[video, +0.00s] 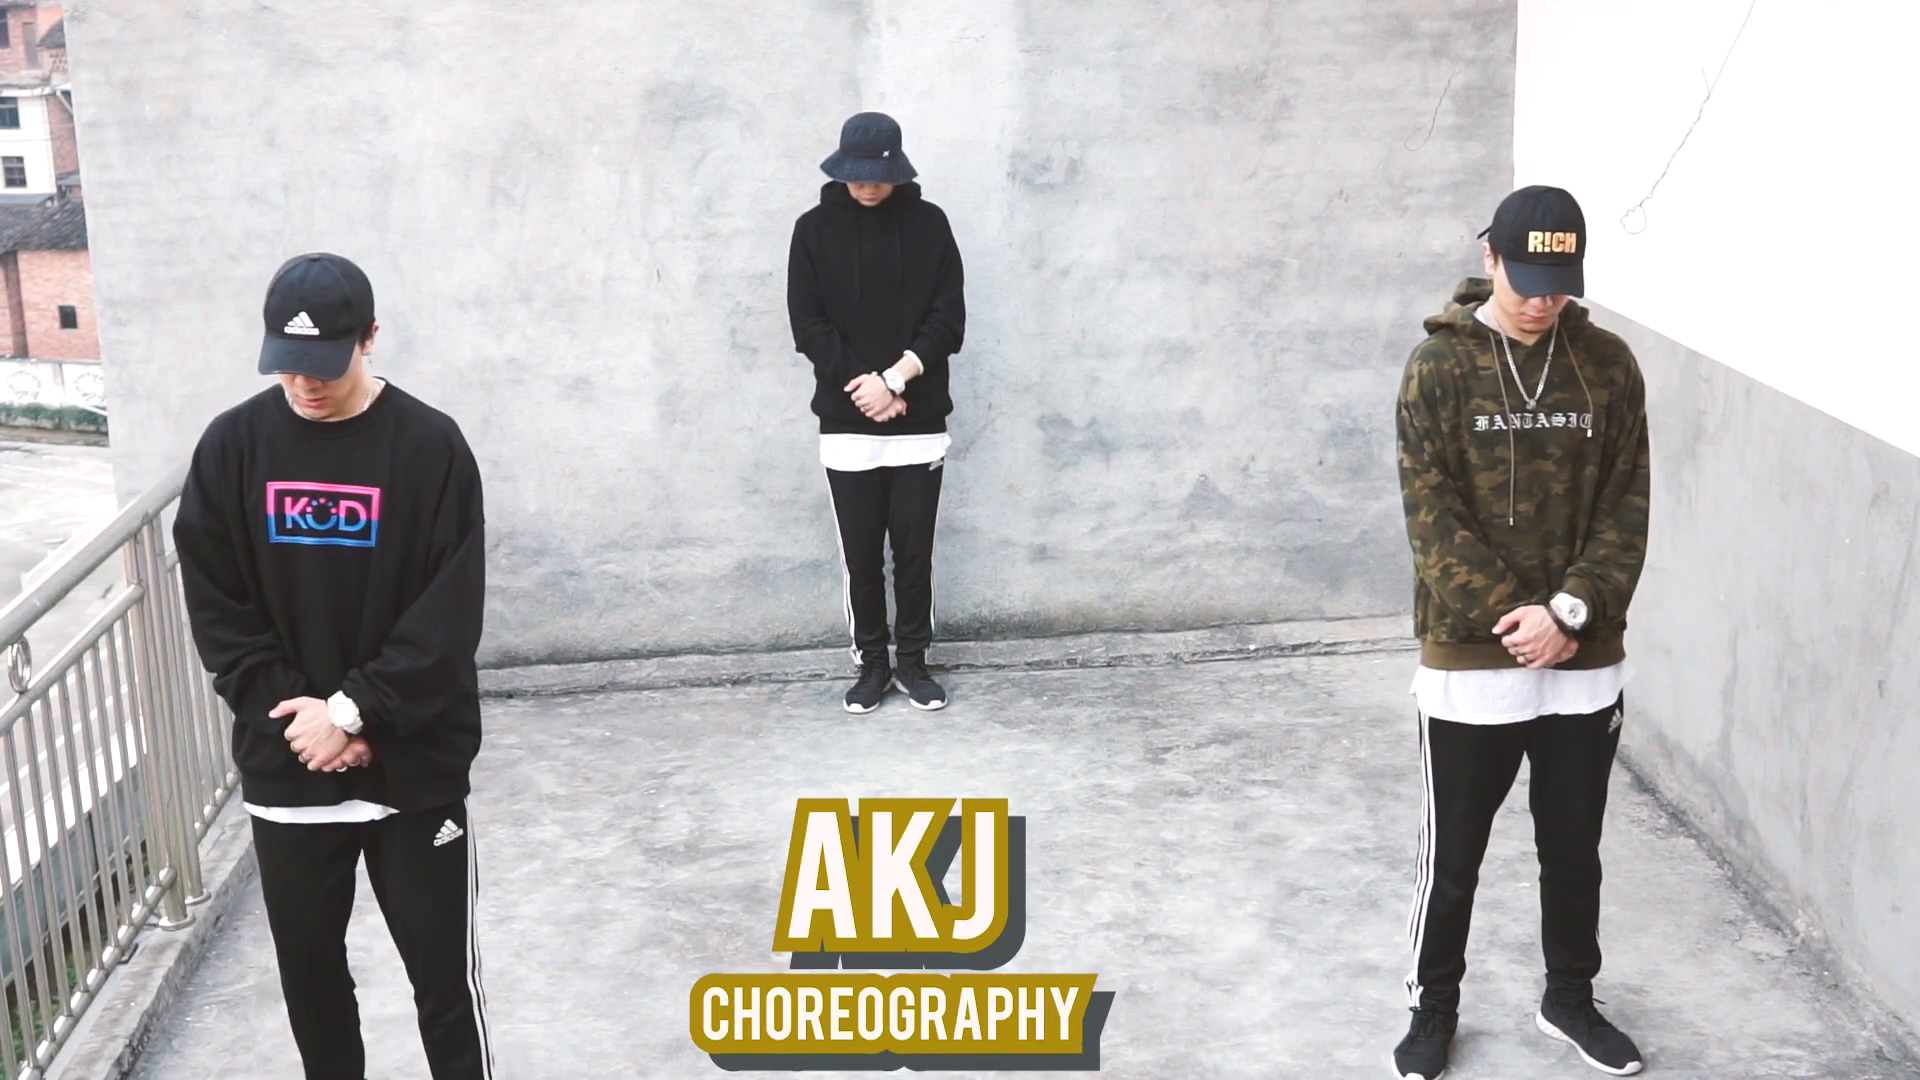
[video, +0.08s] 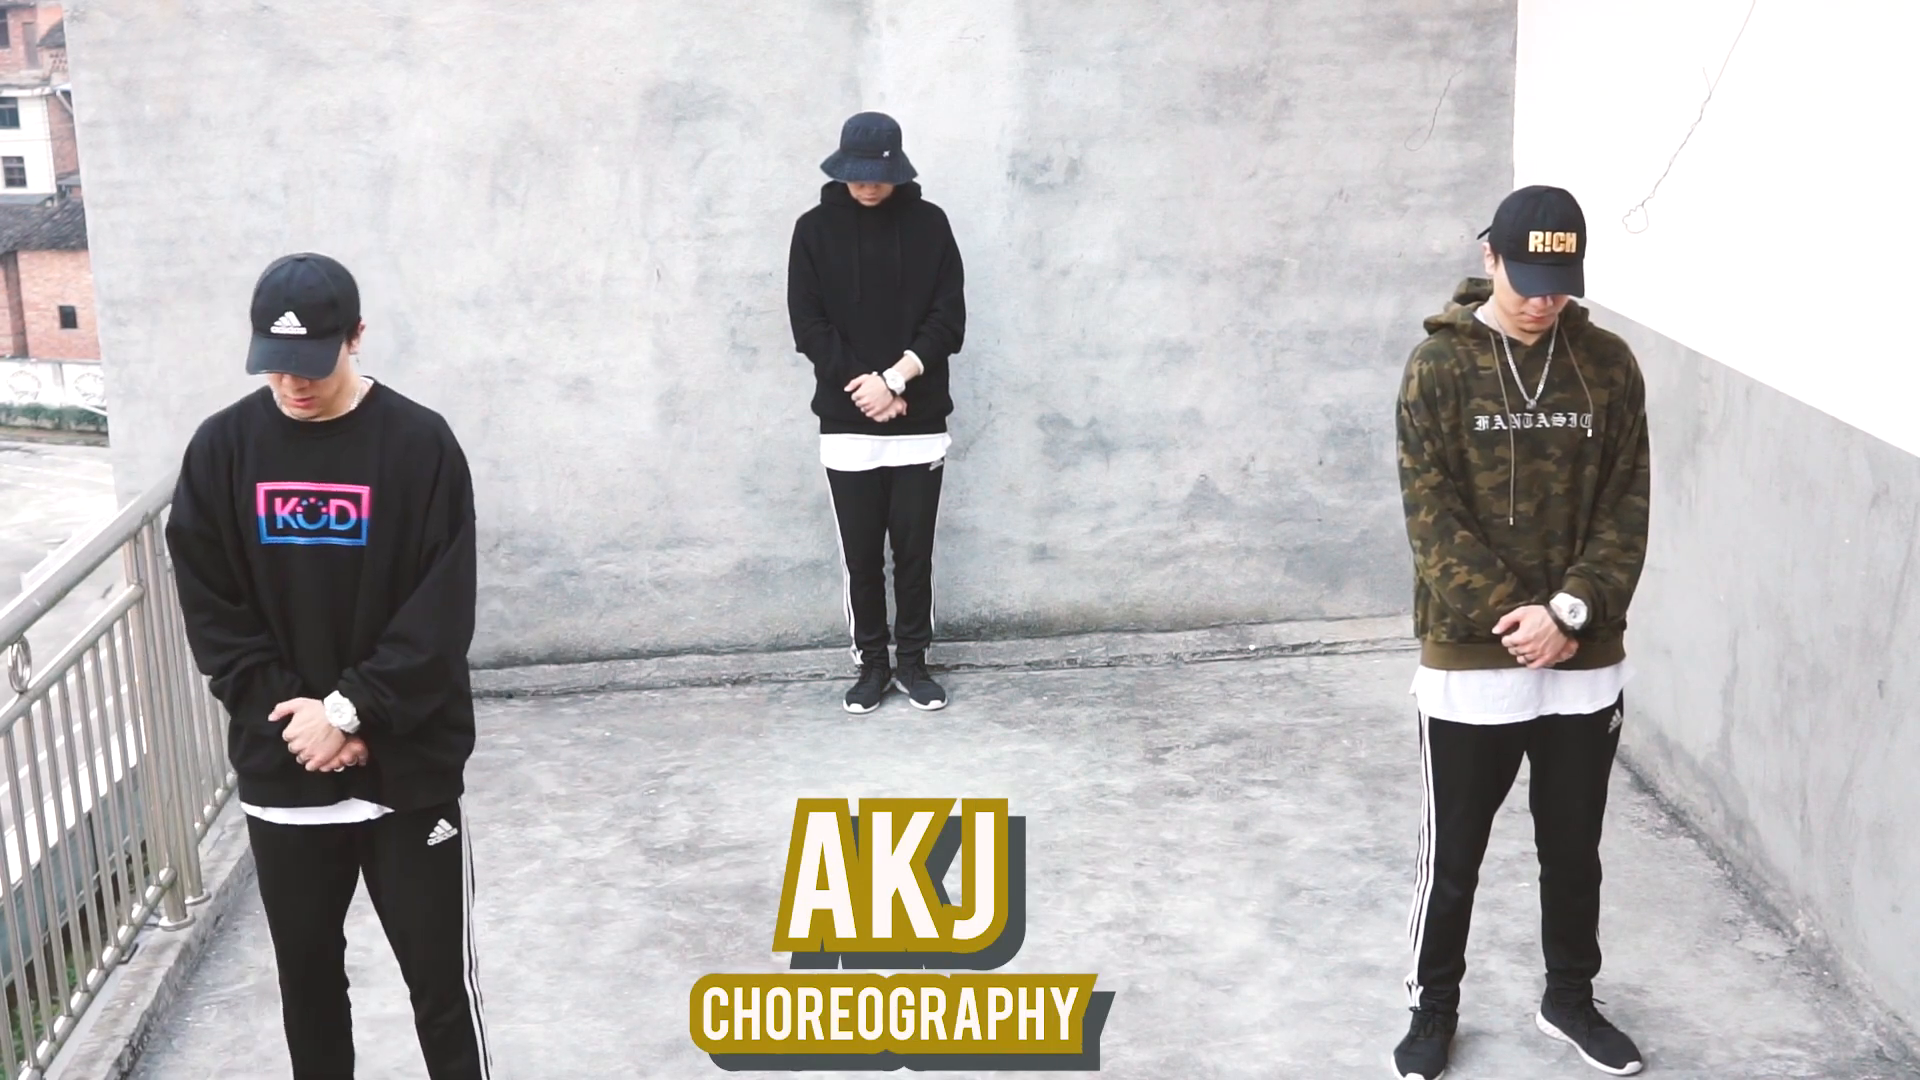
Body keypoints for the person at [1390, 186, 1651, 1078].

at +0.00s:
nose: (1547, 300)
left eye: (1562, 284)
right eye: (1531, 281)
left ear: (1582, 271)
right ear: (1491, 259)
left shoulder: (1610, 364)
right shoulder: (1440, 363)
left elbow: (1628, 508)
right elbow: (1431, 514)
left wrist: (1574, 613)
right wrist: (1519, 621)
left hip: (1583, 661)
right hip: (1469, 663)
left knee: (1574, 850)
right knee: (1452, 853)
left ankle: (1571, 998)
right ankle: (1433, 1006)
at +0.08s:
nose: (1547, 300)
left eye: (1563, 284)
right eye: (1531, 282)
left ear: (1582, 271)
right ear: (1492, 259)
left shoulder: (1610, 364)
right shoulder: (1441, 362)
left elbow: (1628, 509)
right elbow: (1431, 514)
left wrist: (1574, 613)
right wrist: (1519, 621)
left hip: (1583, 661)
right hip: (1469, 663)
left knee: (1574, 850)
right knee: (1453, 853)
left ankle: (1571, 998)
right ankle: (1433, 1006)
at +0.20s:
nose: (1548, 300)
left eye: (1564, 283)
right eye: (1532, 281)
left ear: (1583, 271)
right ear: (1493, 259)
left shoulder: (1611, 364)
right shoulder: (1441, 363)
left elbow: (1629, 509)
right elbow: (1432, 515)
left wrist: (1576, 613)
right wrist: (1520, 620)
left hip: (1583, 660)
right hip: (1470, 662)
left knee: (1574, 850)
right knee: (1453, 855)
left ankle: (1571, 998)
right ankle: (1432, 1007)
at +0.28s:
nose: (1548, 300)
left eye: (1564, 284)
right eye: (1532, 282)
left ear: (1583, 271)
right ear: (1493, 259)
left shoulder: (1611, 365)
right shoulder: (1441, 362)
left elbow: (1629, 509)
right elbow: (1432, 514)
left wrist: (1576, 614)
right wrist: (1520, 621)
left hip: (1584, 661)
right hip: (1469, 663)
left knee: (1574, 851)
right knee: (1453, 856)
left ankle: (1570, 998)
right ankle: (1432, 1007)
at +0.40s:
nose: (1550, 300)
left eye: (1565, 284)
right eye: (1534, 281)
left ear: (1584, 272)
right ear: (1494, 259)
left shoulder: (1612, 365)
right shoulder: (1442, 362)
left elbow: (1629, 509)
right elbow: (1433, 514)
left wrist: (1575, 613)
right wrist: (1521, 621)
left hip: (1584, 659)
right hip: (1469, 661)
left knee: (1575, 848)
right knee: (1454, 852)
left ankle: (1570, 997)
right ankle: (1433, 1005)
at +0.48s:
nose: (1552, 300)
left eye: (1566, 284)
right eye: (1535, 282)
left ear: (1585, 272)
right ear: (1495, 260)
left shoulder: (1612, 365)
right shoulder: (1442, 364)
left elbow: (1630, 509)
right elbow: (1434, 515)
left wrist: (1575, 613)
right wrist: (1520, 621)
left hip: (1584, 659)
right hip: (1470, 661)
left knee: (1575, 848)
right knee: (1454, 853)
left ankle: (1570, 997)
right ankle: (1433, 1005)